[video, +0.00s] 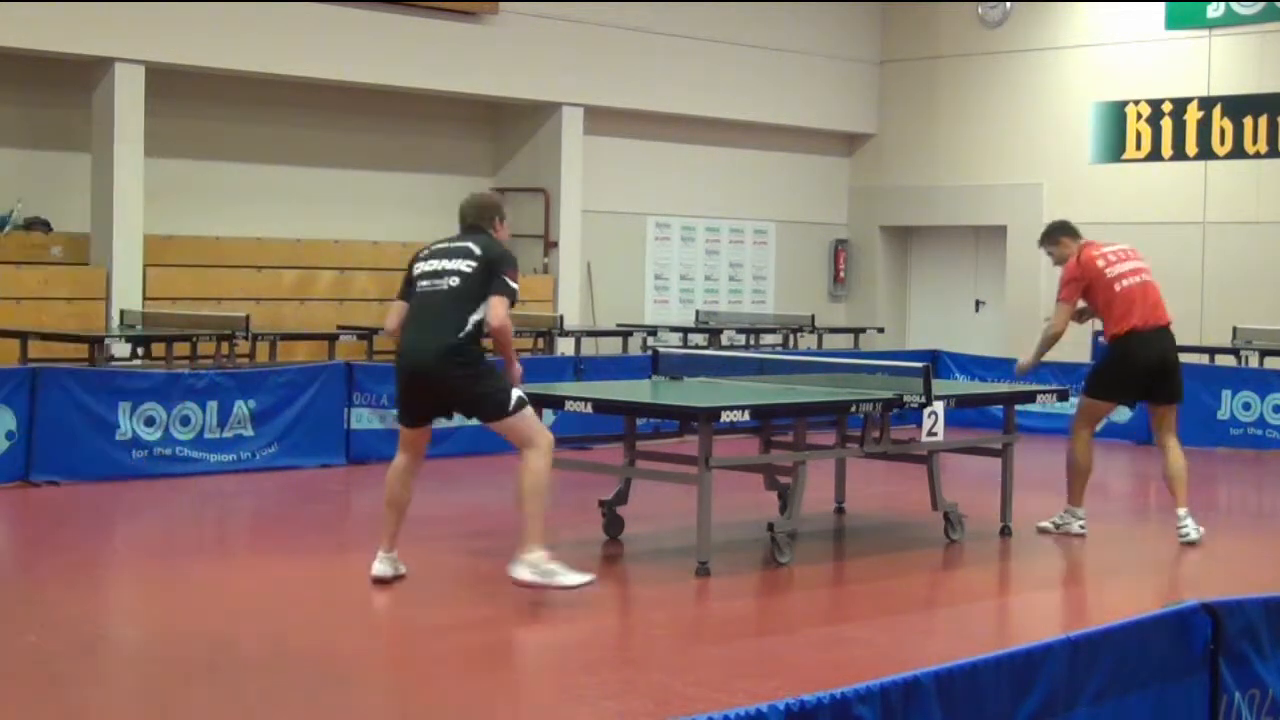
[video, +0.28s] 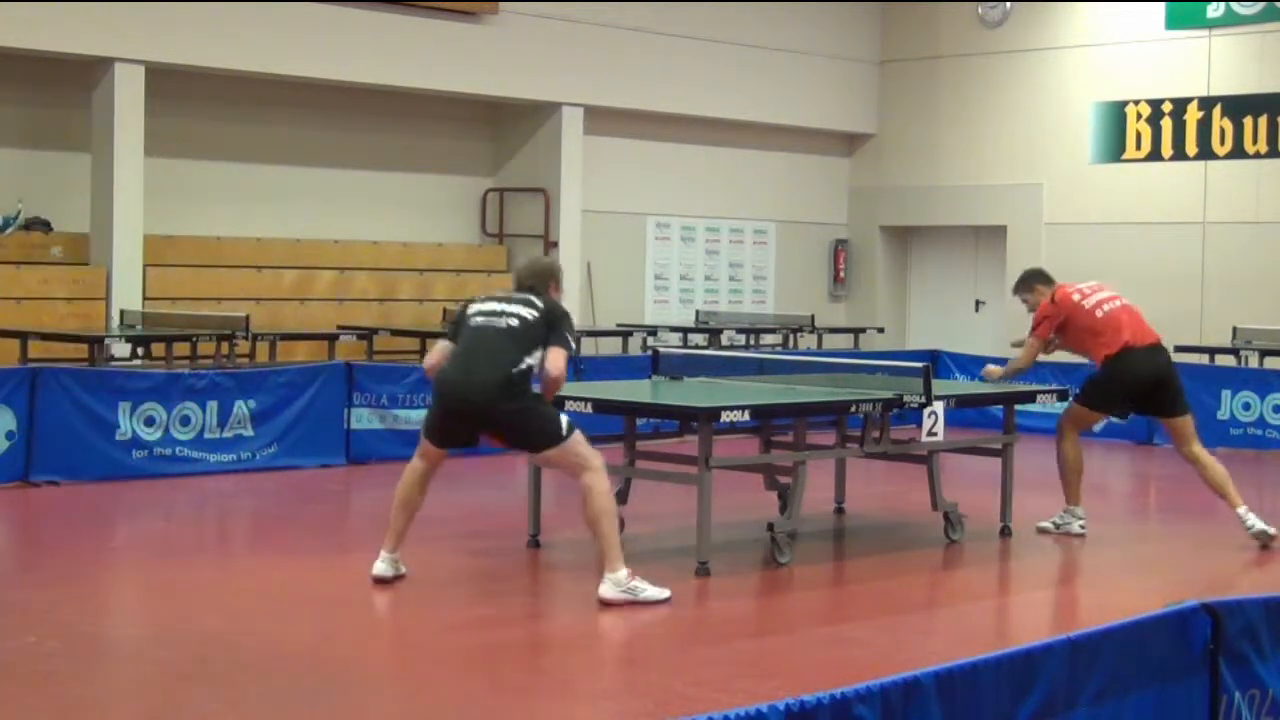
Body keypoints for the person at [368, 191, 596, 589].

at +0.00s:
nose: (508, 232)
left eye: (507, 226)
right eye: (507, 226)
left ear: (463, 224)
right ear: (497, 225)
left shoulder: (426, 255)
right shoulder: (499, 255)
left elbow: (393, 323)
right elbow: (497, 321)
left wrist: (426, 348)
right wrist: (510, 363)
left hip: (411, 366)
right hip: (460, 364)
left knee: (408, 453)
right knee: (538, 442)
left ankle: (385, 555)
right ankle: (533, 554)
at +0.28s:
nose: (562, 296)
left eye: (560, 288)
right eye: (561, 289)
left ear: (517, 284)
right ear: (552, 289)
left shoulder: (477, 304)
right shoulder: (554, 312)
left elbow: (433, 362)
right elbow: (554, 371)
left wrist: (462, 394)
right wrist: (546, 408)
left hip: (452, 396)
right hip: (506, 398)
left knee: (424, 461)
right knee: (591, 466)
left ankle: (386, 557)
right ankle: (616, 575)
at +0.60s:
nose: (597, 342)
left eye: (596, 336)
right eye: (597, 336)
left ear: (559, 322)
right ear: (589, 332)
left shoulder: (512, 334)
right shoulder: (584, 349)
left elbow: (458, 382)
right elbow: (574, 396)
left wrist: (501, 432)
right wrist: (558, 436)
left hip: (471, 408)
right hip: (529, 415)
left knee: (435, 464)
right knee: (615, 465)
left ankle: (386, 557)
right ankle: (618, 576)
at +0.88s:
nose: (599, 345)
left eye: (599, 338)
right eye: (599, 338)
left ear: (560, 324)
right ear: (591, 334)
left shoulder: (516, 336)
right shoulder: (586, 351)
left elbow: (459, 384)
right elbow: (576, 400)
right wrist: (547, 446)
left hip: (472, 406)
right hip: (529, 414)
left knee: (435, 465)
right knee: (616, 465)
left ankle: (386, 557)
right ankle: (618, 577)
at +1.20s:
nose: (597, 342)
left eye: (596, 335)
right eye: (596, 335)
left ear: (557, 323)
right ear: (586, 332)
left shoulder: (517, 333)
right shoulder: (584, 350)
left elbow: (495, 375)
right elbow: (583, 406)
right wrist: (568, 419)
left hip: (470, 409)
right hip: (526, 417)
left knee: (435, 464)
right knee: (616, 465)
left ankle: (386, 557)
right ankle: (618, 576)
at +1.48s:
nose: (595, 331)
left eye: (594, 325)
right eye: (595, 325)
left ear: (554, 316)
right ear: (586, 324)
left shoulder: (518, 328)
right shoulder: (585, 344)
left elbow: (507, 374)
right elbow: (599, 413)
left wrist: (559, 391)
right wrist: (588, 415)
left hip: (470, 408)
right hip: (525, 416)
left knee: (435, 464)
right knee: (616, 466)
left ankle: (386, 556)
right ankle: (619, 576)